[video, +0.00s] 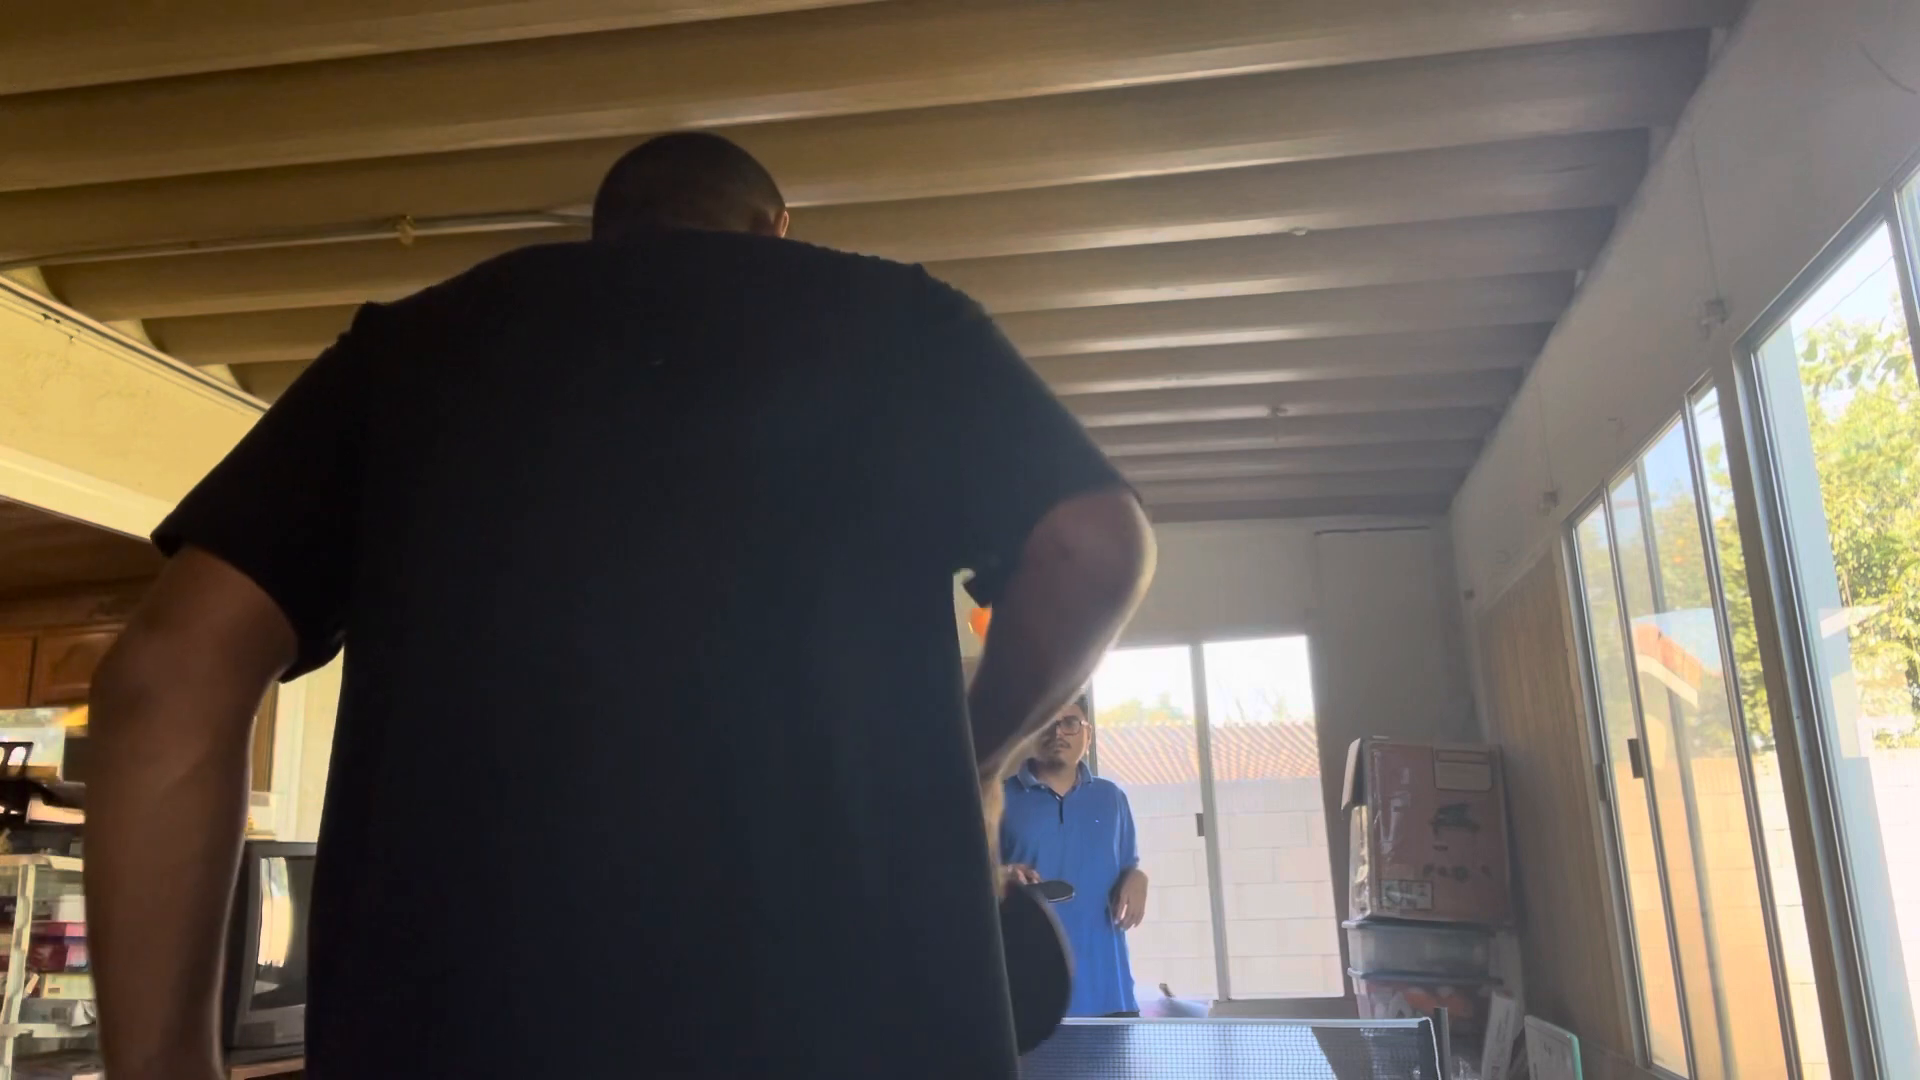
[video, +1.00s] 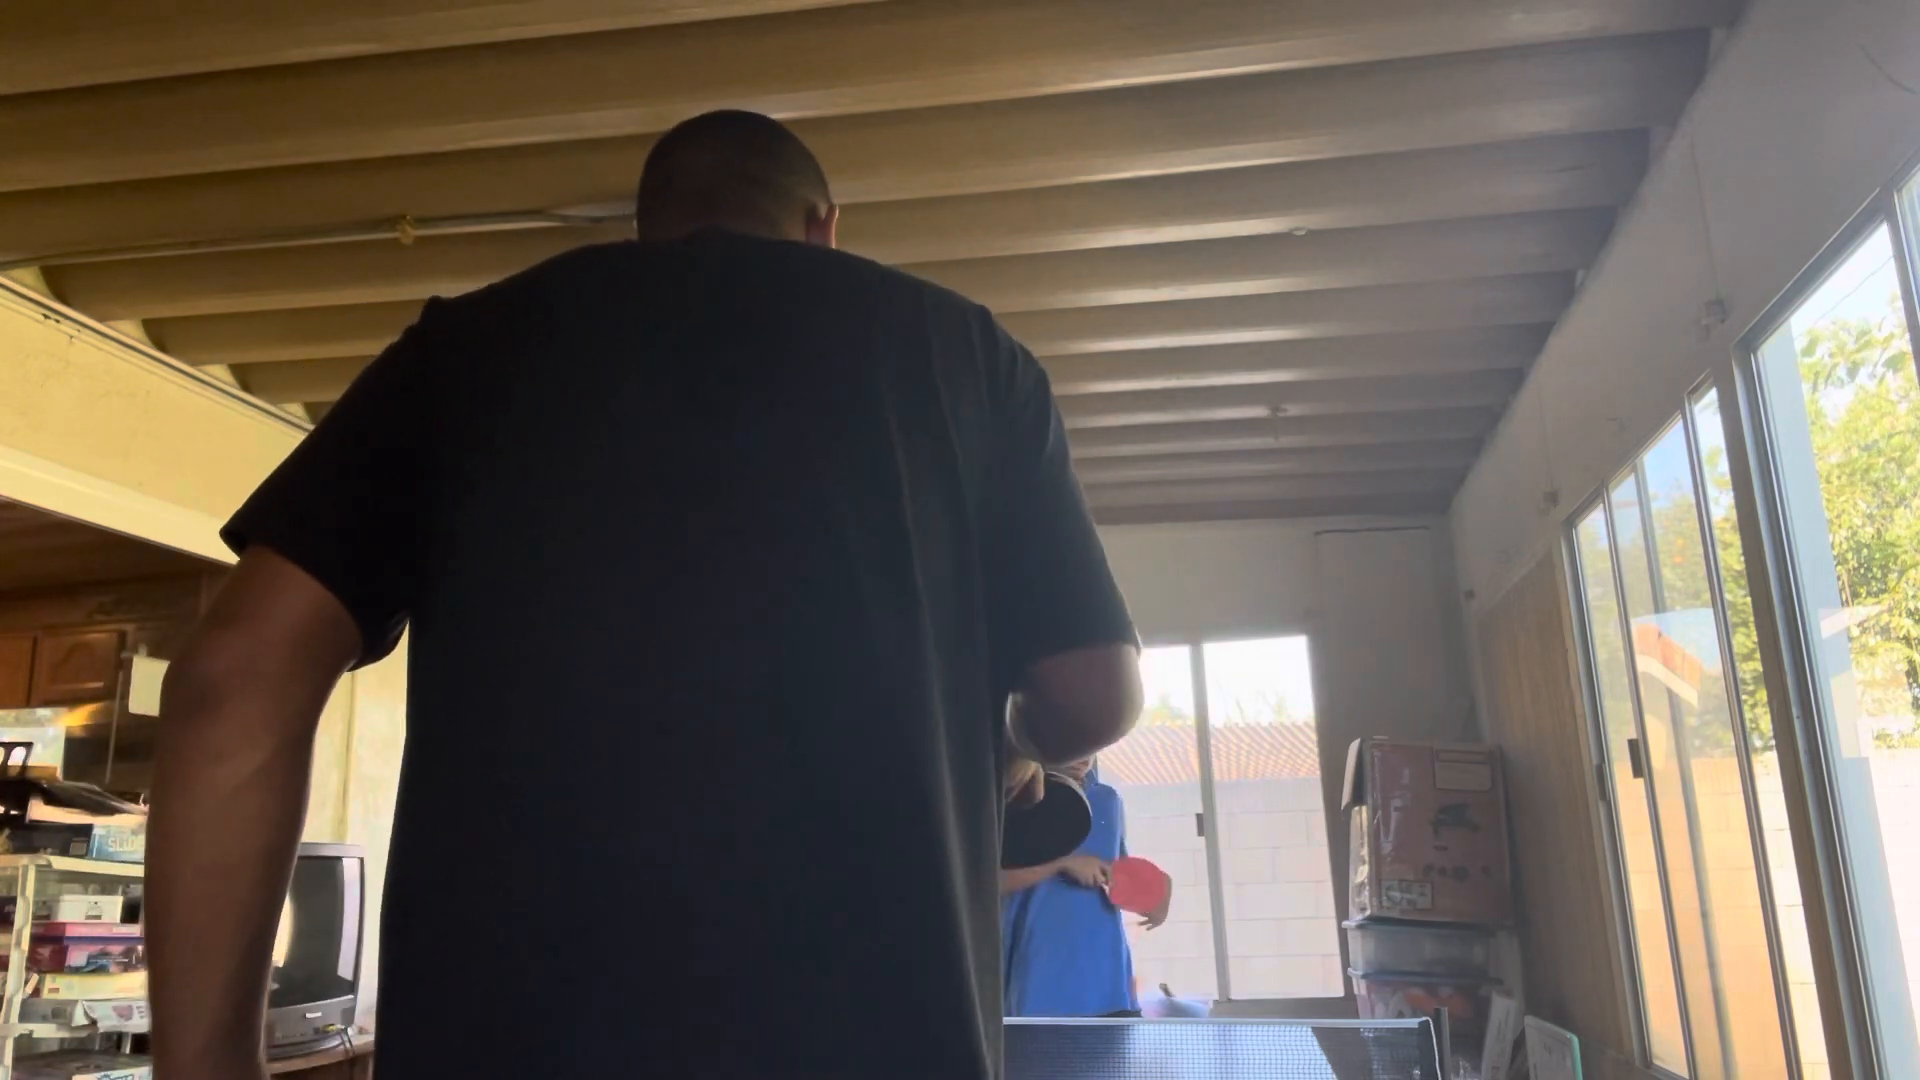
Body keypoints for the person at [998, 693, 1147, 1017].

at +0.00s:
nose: (1058, 733)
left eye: (1069, 723)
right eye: (1046, 724)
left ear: (1088, 734)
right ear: (1029, 735)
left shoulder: (1111, 798)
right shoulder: (999, 798)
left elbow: (1125, 868)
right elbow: (977, 873)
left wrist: (1137, 876)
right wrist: (1002, 875)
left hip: (1106, 991)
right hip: (1032, 996)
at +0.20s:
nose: (1068, 743)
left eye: (1076, 730)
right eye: (1057, 731)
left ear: (1087, 733)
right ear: (1034, 735)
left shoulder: (1109, 799)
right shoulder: (1005, 797)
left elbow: (1124, 868)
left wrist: (1137, 877)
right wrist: (1005, 877)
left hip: (1106, 1001)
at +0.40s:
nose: (1058, 733)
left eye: (1071, 723)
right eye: (1046, 722)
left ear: (1088, 736)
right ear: (1029, 731)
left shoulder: (1111, 800)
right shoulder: (997, 802)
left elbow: (1125, 872)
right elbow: (978, 889)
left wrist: (1138, 878)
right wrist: (1005, 878)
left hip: (1105, 995)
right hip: (1026, 998)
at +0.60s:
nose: (1061, 732)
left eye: (1073, 724)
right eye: (1051, 723)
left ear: (1089, 737)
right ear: (1033, 729)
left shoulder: (1110, 798)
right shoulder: (1008, 796)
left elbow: (1123, 873)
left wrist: (1138, 877)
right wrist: (1010, 871)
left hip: (1105, 992)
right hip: (1031, 994)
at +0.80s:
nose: (1069, 746)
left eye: (1078, 737)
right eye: (1058, 736)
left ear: (1091, 742)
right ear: (1029, 736)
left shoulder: (1110, 800)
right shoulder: (1011, 796)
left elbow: (1124, 875)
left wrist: (1145, 878)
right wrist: (1036, 859)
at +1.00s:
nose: (1081, 758)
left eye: (1089, 747)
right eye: (1070, 747)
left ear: (1097, 749)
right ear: (1043, 746)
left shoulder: (1108, 801)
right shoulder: (1015, 800)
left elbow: (1119, 875)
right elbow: (990, 880)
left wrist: (1157, 892)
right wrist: (1062, 864)